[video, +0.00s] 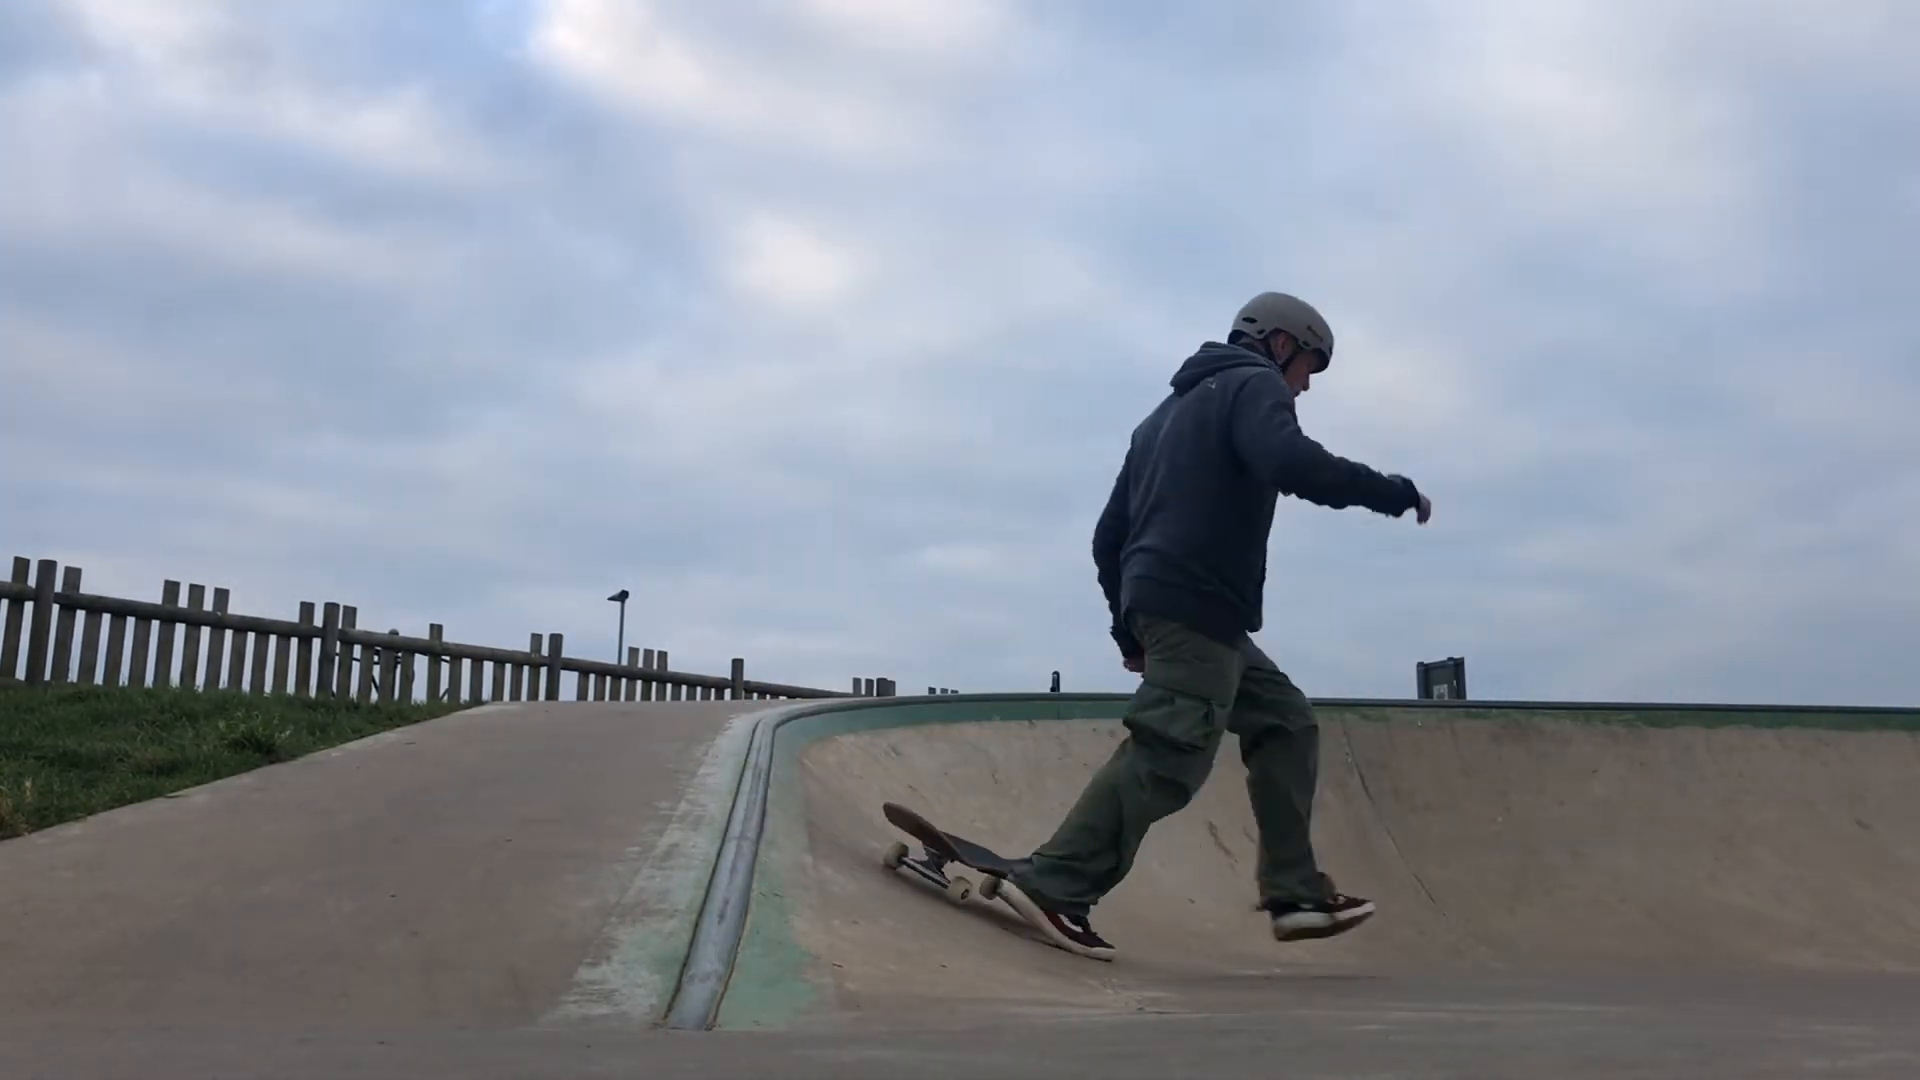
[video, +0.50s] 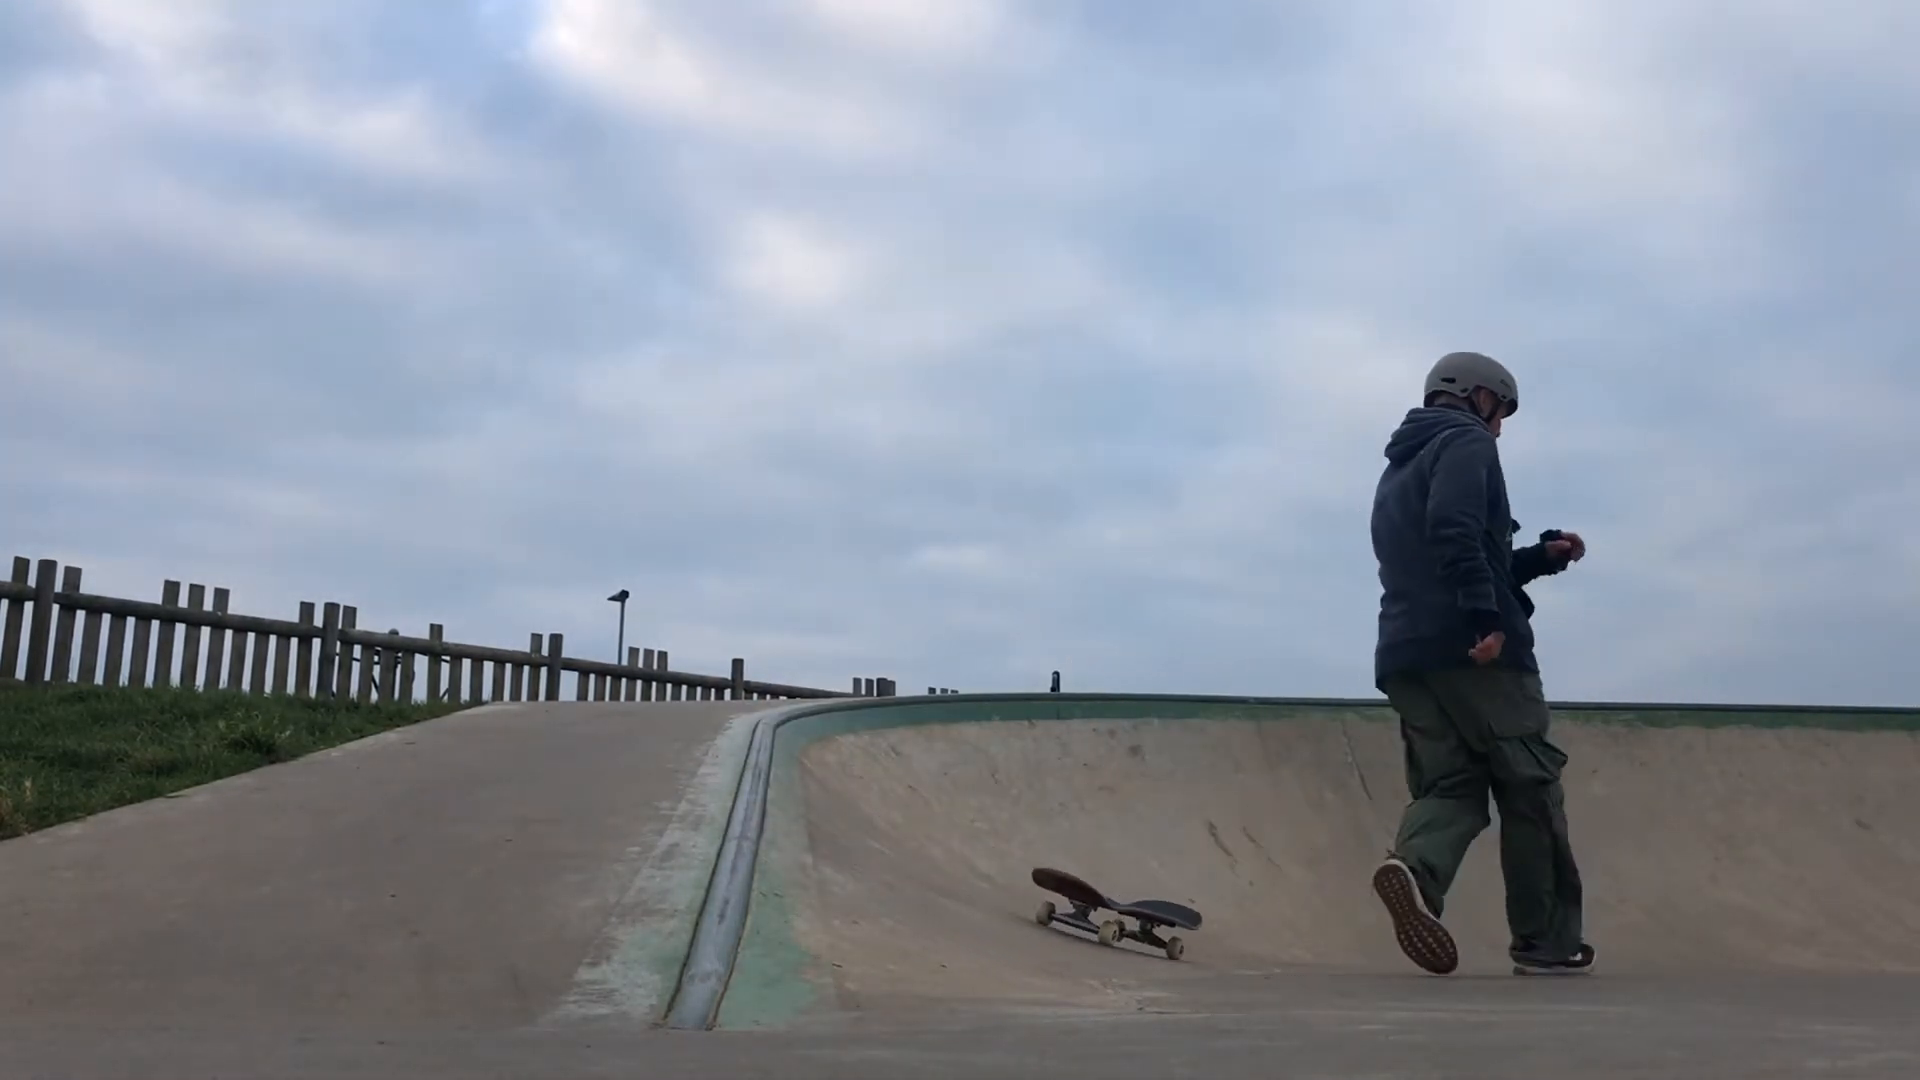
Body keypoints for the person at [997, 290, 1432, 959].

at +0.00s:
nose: (1306, 384)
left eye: (1312, 373)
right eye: (1308, 367)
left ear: (1248, 342)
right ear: (1278, 345)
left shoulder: (1164, 416)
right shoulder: (1252, 385)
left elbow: (1111, 533)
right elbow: (1285, 457)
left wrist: (1130, 624)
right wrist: (1388, 490)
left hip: (1155, 599)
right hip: (1195, 600)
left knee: (1283, 720)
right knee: (1168, 754)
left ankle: (1295, 892)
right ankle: (1054, 881)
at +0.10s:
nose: (1353, 396)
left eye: (1358, 384)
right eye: (1354, 379)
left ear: (1293, 360)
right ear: (1325, 361)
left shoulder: (1218, 440)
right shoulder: (1310, 409)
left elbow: (1184, 556)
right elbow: (1328, 509)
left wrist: (1223, 613)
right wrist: (1399, 599)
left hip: (1227, 622)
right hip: (1279, 617)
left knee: (1343, 769)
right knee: (1284, 767)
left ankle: (1382, 935)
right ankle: (1135, 845)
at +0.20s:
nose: (1399, 420)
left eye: (1403, 408)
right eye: (1399, 405)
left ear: (1335, 391)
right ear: (1371, 390)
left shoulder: (1285, 463)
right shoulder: (1363, 443)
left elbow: (1270, 573)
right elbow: (1365, 560)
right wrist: (1396, 659)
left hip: (1280, 658)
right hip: (1337, 651)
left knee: (1405, 792)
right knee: (1430, 775)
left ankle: (1392, 941)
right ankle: (1305, 825)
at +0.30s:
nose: (1439, 429)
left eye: (1443, 416)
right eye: (1439, 413)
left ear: (1383, 398)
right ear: (1413, 397)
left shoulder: (1333, 462)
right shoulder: (1399, 447)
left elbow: (1374, 570)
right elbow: (1391, 550)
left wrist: (1449, 630)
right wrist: (1407, 645)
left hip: (1321, 662)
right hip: (1386, 652)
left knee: (1407, 791)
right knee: (1497, 749)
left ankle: (1391, 930)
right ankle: (1476, 876)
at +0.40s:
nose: (1475, 421)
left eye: (1478, 409)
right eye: (1475, 406)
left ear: (1421, 392)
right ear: (1451, 391)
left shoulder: (1370, 460)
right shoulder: (1434, 434)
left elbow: (1426, 572)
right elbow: (1417, 529)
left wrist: (1509, 580)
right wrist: (1438, 617)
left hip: (1361, 649)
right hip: (1435, 640)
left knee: (1422, 780)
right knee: (1516, 758)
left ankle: (1397, 912)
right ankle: (1560, 916)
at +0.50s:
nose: (1501, 426)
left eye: (1503, 415)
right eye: (1500, 413)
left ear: (1443, 398)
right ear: (1478, 399)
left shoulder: (1401, 466)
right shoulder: (1466, 443)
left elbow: (1465, 569)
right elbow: (1456, 529)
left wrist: (1541, 557)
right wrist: (1487, 617)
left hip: (1406, 652)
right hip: (1481, 647)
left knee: (1451, 783)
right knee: (1529, 783)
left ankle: (1417, 874)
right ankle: (1545, 941)